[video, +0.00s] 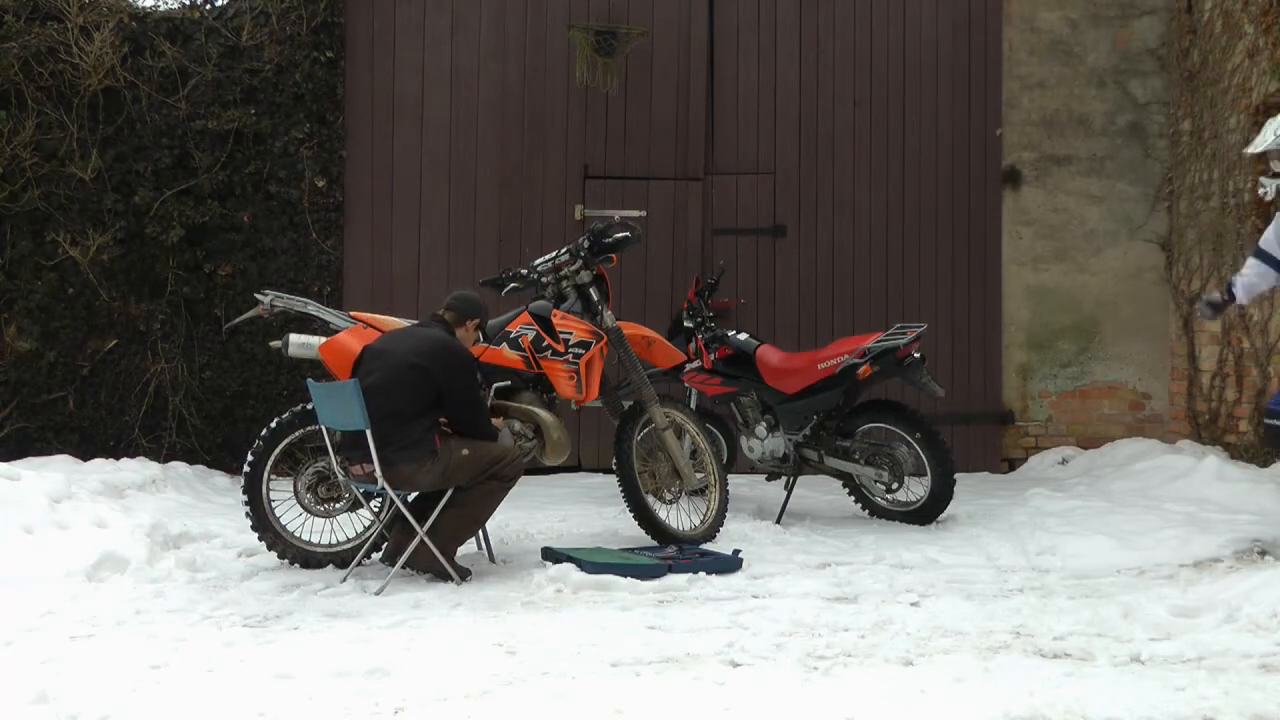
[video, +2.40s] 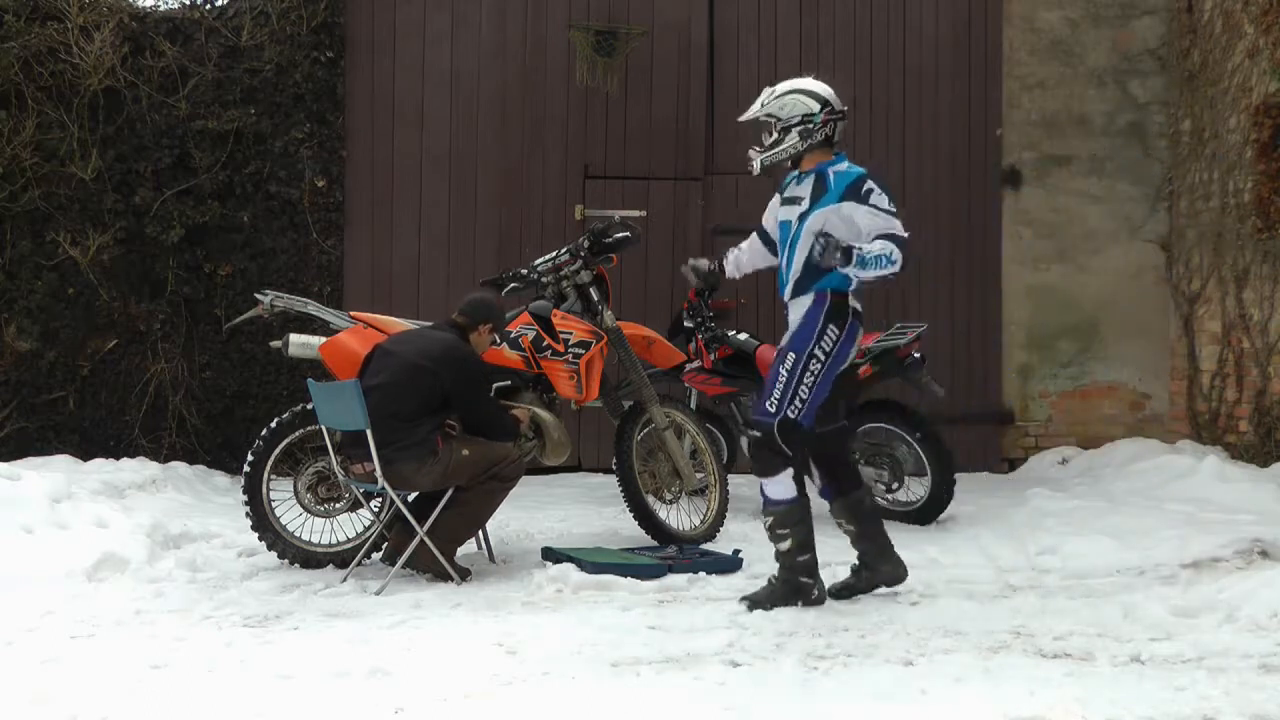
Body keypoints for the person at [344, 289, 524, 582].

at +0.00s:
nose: (474, 341)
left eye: (477, 334)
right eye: (477, 333)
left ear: (442, 315)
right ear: (469, 324)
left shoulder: (392, 337)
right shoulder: (453, 354)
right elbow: (478, 431)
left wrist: (437, 422)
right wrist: (493, 427)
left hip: (356, 457)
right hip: (400, 463)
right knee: (508, 461)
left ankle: (402, 543)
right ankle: (434, 551)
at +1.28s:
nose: (487, 336)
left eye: (489, 328)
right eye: (487, 327)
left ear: (449, 315)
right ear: (475, 323)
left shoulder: (400, 337)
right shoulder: (458, 355)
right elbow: (480, 422)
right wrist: (515, 420)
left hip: (358, 455)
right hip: (402, 461)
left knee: (463, 453)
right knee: (508, 462)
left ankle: (402, 543)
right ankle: (435, 551)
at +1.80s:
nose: (492, 345)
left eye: (495, 339)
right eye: (494, 337)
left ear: (459, 317)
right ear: (484, 329)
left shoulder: (405, 337)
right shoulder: (461, 356)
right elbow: (494, 428)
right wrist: (514, 417)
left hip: (358, 454)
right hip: (401, 461)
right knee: (509, 463)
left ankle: (402, 543)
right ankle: (435, 551)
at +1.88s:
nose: (492, 345)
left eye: (495, 339)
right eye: (494, 337)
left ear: (459, 317)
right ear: (484, 329)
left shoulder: (406, 337)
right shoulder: (462, 357)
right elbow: (495, 431)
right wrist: (514, 420)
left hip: (358, 454)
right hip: (401, 461)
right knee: (508, 464)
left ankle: (402, 543)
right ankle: (435, 551)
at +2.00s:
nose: (492, 345)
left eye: (495, 339)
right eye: (494, 338)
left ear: (459, 317)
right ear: (484, 329)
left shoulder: (405, 337)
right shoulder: (461, 357)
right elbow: (493, 429)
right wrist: (514, 420)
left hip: (357, 456)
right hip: (401, 461)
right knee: (508, 464)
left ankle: (402, 543)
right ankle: (435, 551)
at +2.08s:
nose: (492, 345)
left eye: (495, 339)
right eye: (493, 337)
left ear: (459, 317)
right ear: (483, 329)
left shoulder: (404, 337)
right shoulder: (461, 357)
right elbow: (486, 424)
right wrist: (516, 421)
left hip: (357, 456)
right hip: (400, 461)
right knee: (508, 464)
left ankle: (402, 543)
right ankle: (435, 550)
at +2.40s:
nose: (491, 346)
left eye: (494, 339)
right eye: (493, 337)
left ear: (458, 318)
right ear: (483, 329)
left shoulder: (404, 337)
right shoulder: (462, 358)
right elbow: (489, 427)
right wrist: (515, 419)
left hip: (357, 456)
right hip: (400, 461)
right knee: (508, 464)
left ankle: (402, 543)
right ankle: (435, 550)